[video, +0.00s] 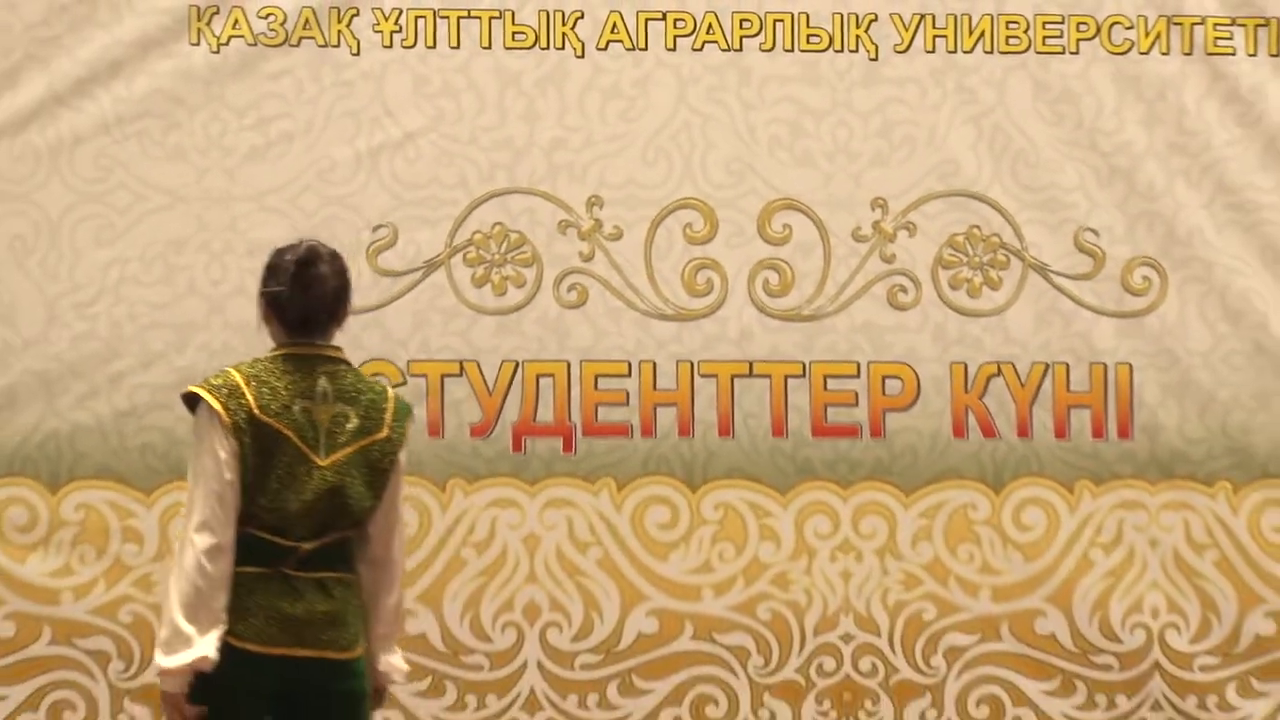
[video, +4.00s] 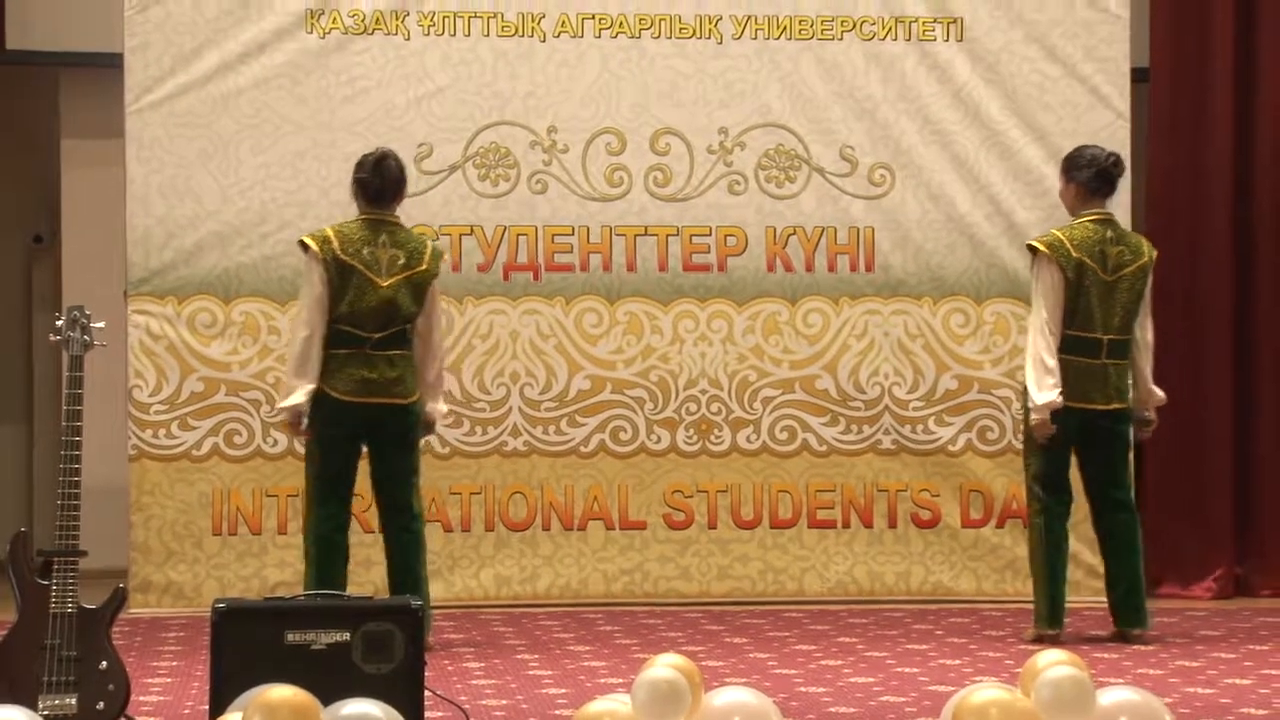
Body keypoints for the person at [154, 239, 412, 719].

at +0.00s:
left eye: (261, 300)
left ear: (266, 310)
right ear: (344, 312)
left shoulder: (229, 398)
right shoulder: (383, 409)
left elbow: (210, 539)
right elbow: (382, 546)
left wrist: (178, 665)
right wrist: (381, 659)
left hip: (242, 660)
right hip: (338, 663)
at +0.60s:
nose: (322, 262)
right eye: (322, 253)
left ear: (245, 261)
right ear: (316, 262)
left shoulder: (197, 347)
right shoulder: (352, 344)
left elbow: (186, 474)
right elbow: (375, 471)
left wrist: (191, 577)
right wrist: (396, 578)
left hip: (242, 580)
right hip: (338, 576)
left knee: (246, 711)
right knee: (371, 707)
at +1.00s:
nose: (383, 240)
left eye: (378, 231)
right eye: (381, 231)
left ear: (313, 239)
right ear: (373, 237)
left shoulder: (274, 323)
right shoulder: (413, 310)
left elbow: (264, 445)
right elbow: (440, 430)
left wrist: (258, 544)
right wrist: (468, 528)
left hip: (327, 539)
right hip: (411, 533)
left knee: (310, 691)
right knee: (422, 694)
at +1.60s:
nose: (375, 205)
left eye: (372, 196)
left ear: (371, 200)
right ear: (434, 200)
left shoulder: (349, 271)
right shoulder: (474, 275)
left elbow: (329, 378)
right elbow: (480, 383)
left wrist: (314, 472)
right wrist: (475, 465)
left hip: (362, 472)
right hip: (443, 478)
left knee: (309, 596)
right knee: (437, 620)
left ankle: (312, 714)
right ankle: (436, 719)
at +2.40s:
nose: (356, 180)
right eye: (365, 172)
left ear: (313, 176)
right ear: (369, 177)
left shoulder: (279, 242)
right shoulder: (396, 245)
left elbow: (259, 342)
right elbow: (408, 345)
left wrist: (243, 424)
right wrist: (412, 427)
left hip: (300, 428)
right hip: (372, 429)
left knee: (302, 554)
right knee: (371, 553)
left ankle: (309, 681)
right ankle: (366, 679)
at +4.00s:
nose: (378, 198)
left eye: (363, 189)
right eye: (390, 190)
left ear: (355, 192)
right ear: (402, 195)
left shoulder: (326, 246)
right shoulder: (426, 253)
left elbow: (311, 326)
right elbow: (430, 336)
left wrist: (299, 395)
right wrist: (430, 400)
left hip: (336, 404)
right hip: (398, 406)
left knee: (327, 517)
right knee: (403, 517)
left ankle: (322, 623)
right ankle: (412, 622)